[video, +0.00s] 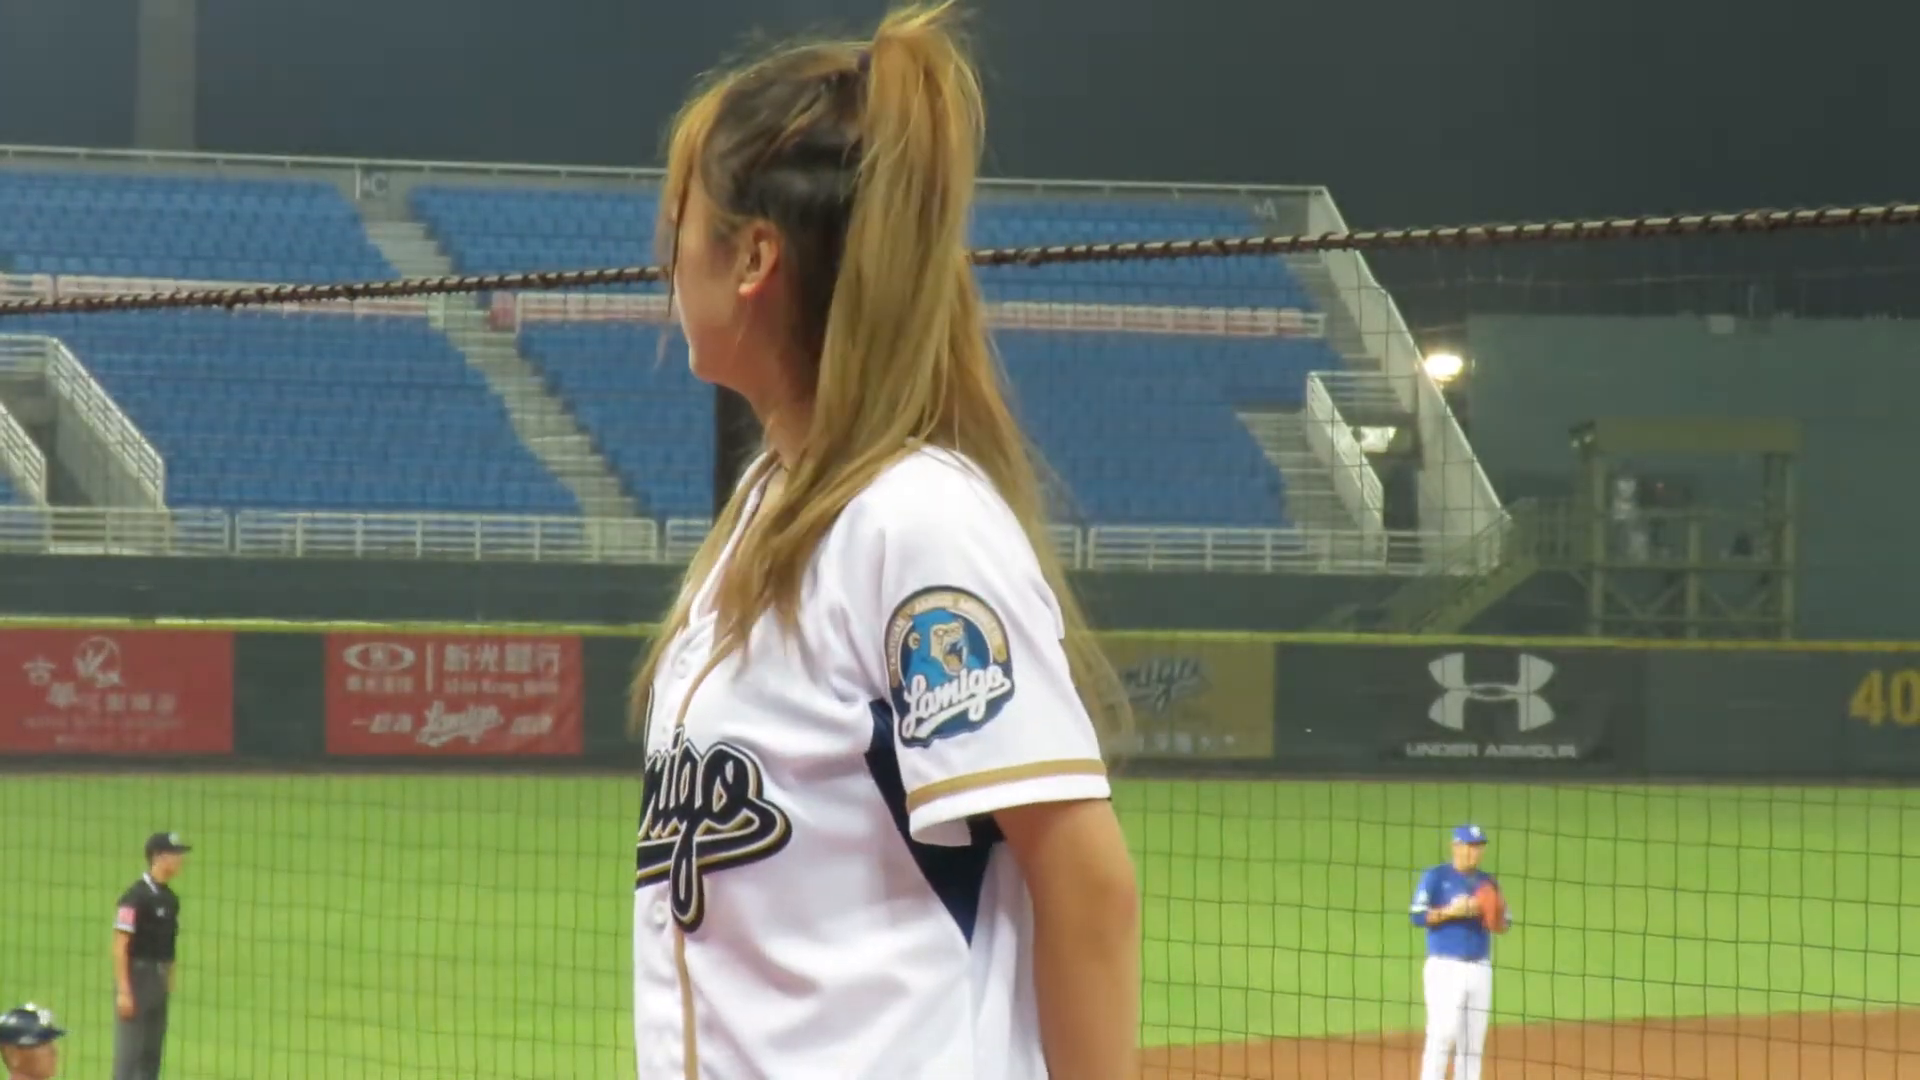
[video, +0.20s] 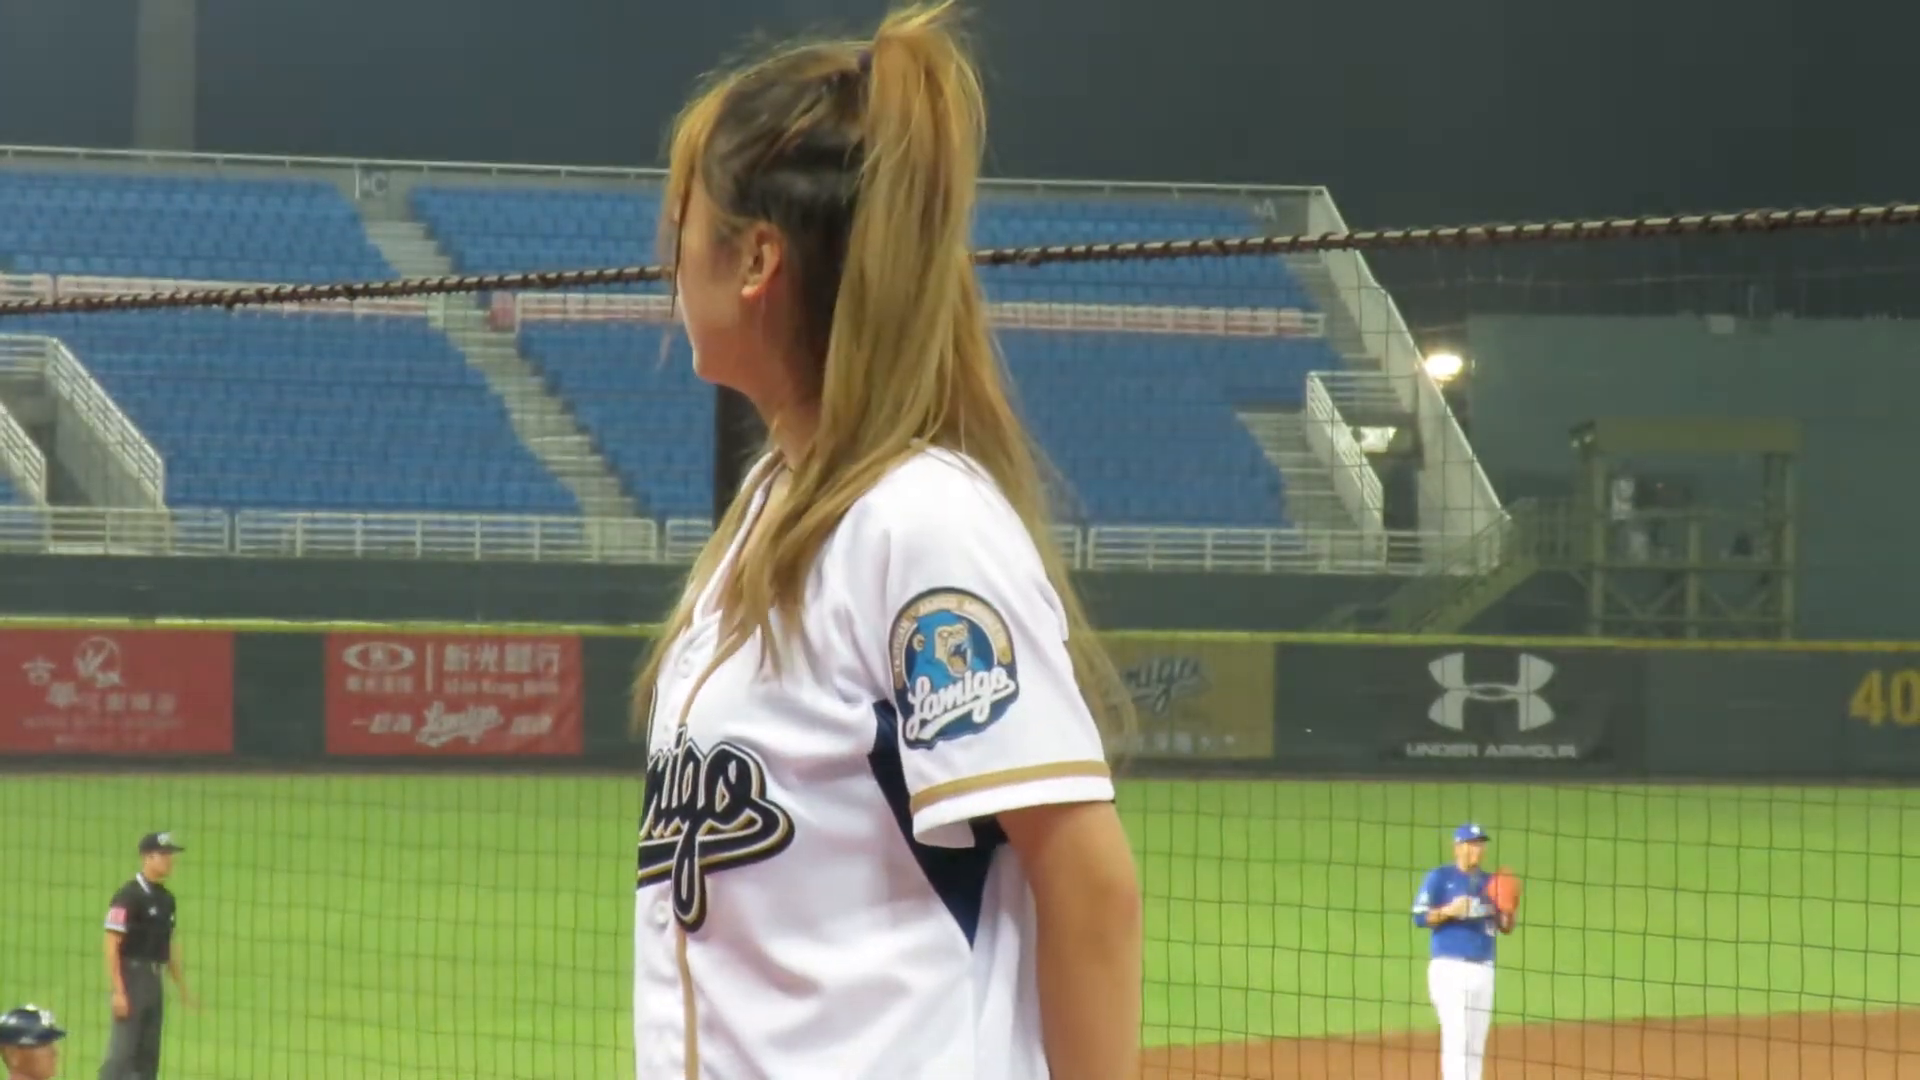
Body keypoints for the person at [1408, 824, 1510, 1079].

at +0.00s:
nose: (1474, 852)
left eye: (1478, 846)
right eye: (1469, 845)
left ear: (1483, 850)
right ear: (1455, 847)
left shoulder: (1487, 882)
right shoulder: (1435, 876)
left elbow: (1503, 924)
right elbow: (1417, 916)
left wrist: (1488, 907)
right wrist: (1453, 910)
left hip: (1479, 967)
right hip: (1444, 965)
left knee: (1473, 1041)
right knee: (1442, 1036)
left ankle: (1468, 1077)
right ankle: (1432, 1076)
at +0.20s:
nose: (1477, 850)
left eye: (1480, 844)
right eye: (1472, 844)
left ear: (1484, 848)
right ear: (1458, 847)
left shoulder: (1490, 881)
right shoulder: (1439, 877)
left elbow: (1505, 927)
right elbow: (1420, 917)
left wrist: (1508, 905)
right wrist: (1450, 911)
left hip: (1482, 966)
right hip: (1448, 964)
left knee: (1476, 1039)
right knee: (1456, 1037)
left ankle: (1473, 1076)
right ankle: (1455, 1076)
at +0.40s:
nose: (1474, 848)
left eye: (1478, 842)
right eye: (1469, 842)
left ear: (1484, 846)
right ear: (1457, 846)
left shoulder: (1491, 882)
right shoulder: (1440, 878)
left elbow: (1507, 926)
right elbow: (1420, 917)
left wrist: (1516, 906)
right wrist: (1446, 904)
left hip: (1483, 966)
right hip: (1450, 964)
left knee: (1477, 1040)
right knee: (1462, 1039)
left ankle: (1472, 1077)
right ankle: (1463, 1077)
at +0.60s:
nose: (1469, 848)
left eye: (1473, 842)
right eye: (1462, 842)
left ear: (1479, 846)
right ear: (1451, 846)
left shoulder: (1489, 882)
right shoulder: (1438, 878)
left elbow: (1502, 925)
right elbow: (1430, 920)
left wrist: (1510, 898)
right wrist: (1452, 892)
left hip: (1483, 966)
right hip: (1451, 964)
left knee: (1477, 1040)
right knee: (1459, 1035)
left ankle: (1472, 1078)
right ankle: (1449, 1077)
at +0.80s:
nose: (1462, 848)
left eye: (1466, 842)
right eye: (1455, 842)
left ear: (1471, 846)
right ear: (1444, 847)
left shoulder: (1484, 882)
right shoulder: (1434, 879)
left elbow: (1501, 922)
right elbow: (1433, 920)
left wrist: (1485, 903)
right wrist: (1461, 904)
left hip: (1482, 968)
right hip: (1447, 966)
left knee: (1474, 1044)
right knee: (1445, 1034)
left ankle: (1469, 1078)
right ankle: (1421, 1076)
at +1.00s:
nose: (1452, 846)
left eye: (1457, 840)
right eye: (1446, 841)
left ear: (1463, 845)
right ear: (1436, 846)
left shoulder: (1475, 881)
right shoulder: (1421, 879)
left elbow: (1493, 917)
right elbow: (1414, 919)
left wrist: (1478, 923)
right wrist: (1452, 923)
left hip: (1472, 967)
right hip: (1436, 965)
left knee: (1469, 1044)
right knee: (1426, 1040)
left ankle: (1466, 1078)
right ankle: (1412, 1076)